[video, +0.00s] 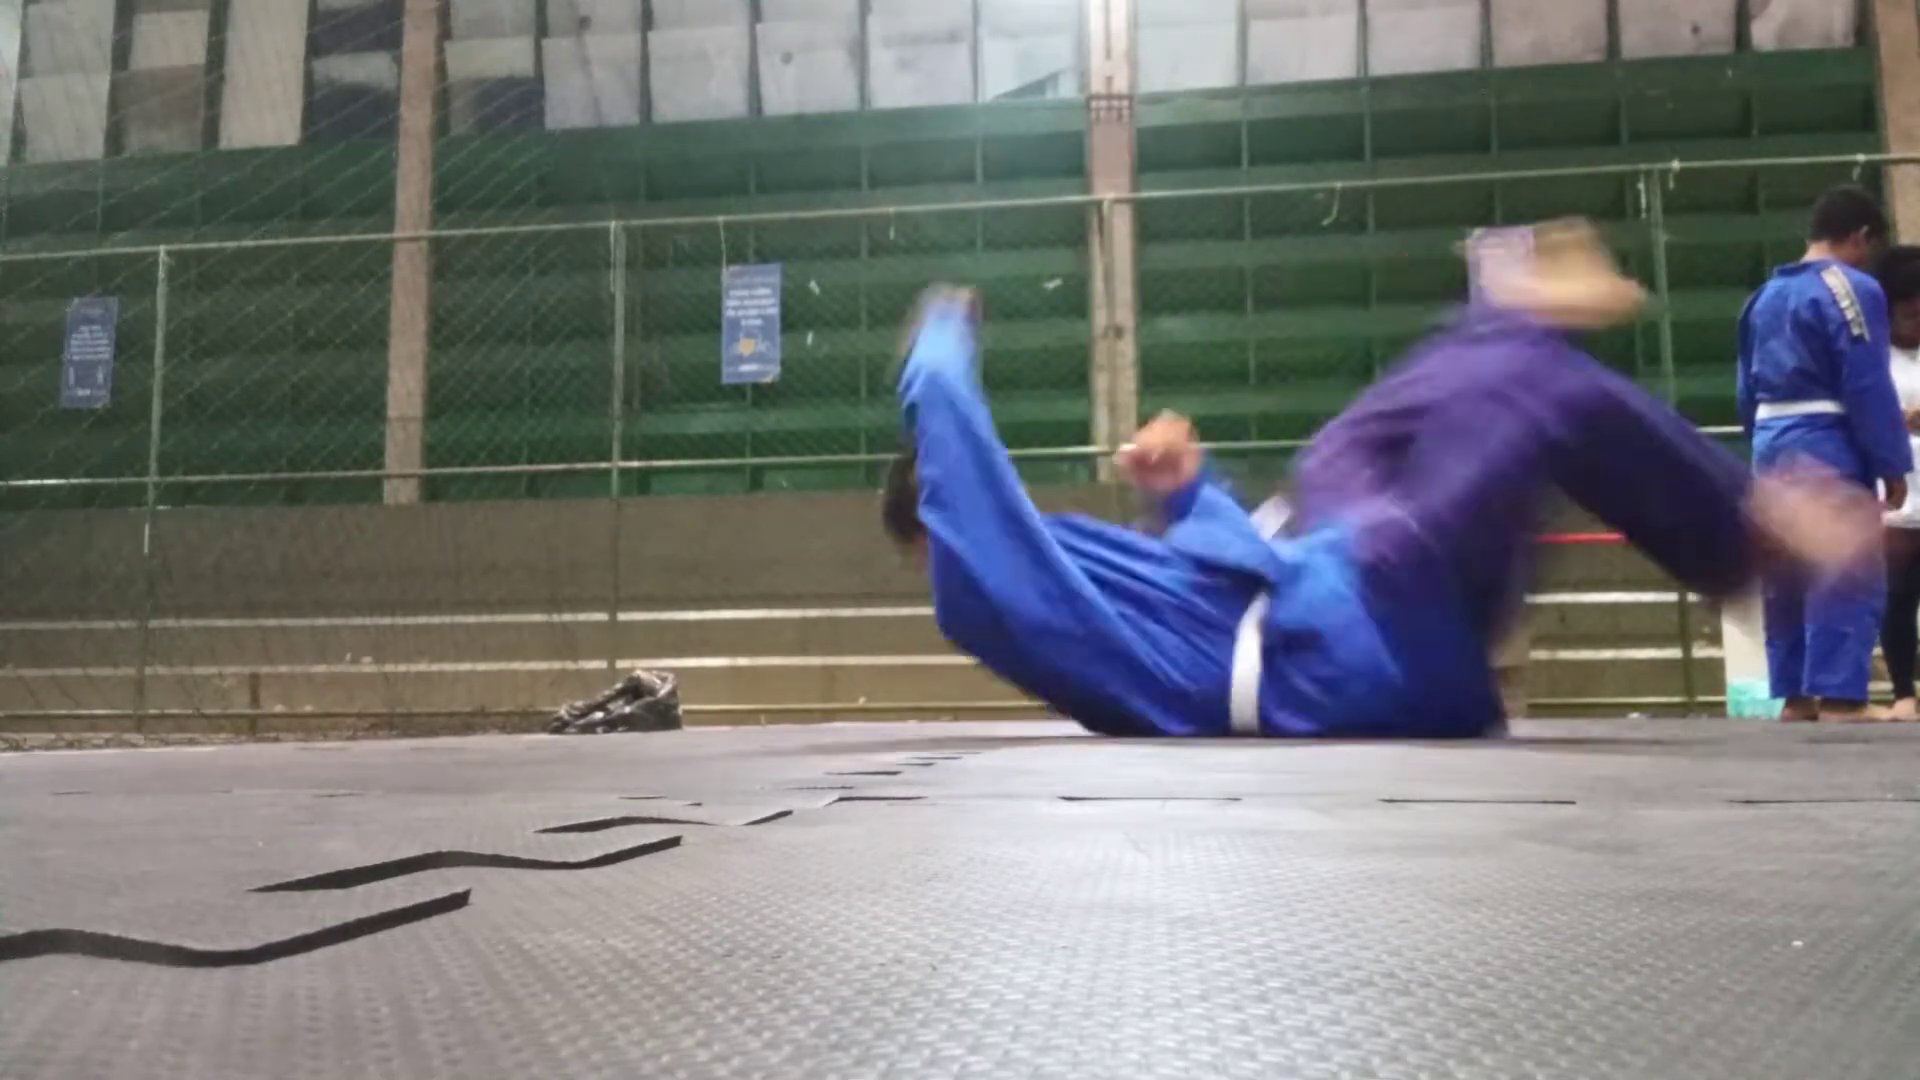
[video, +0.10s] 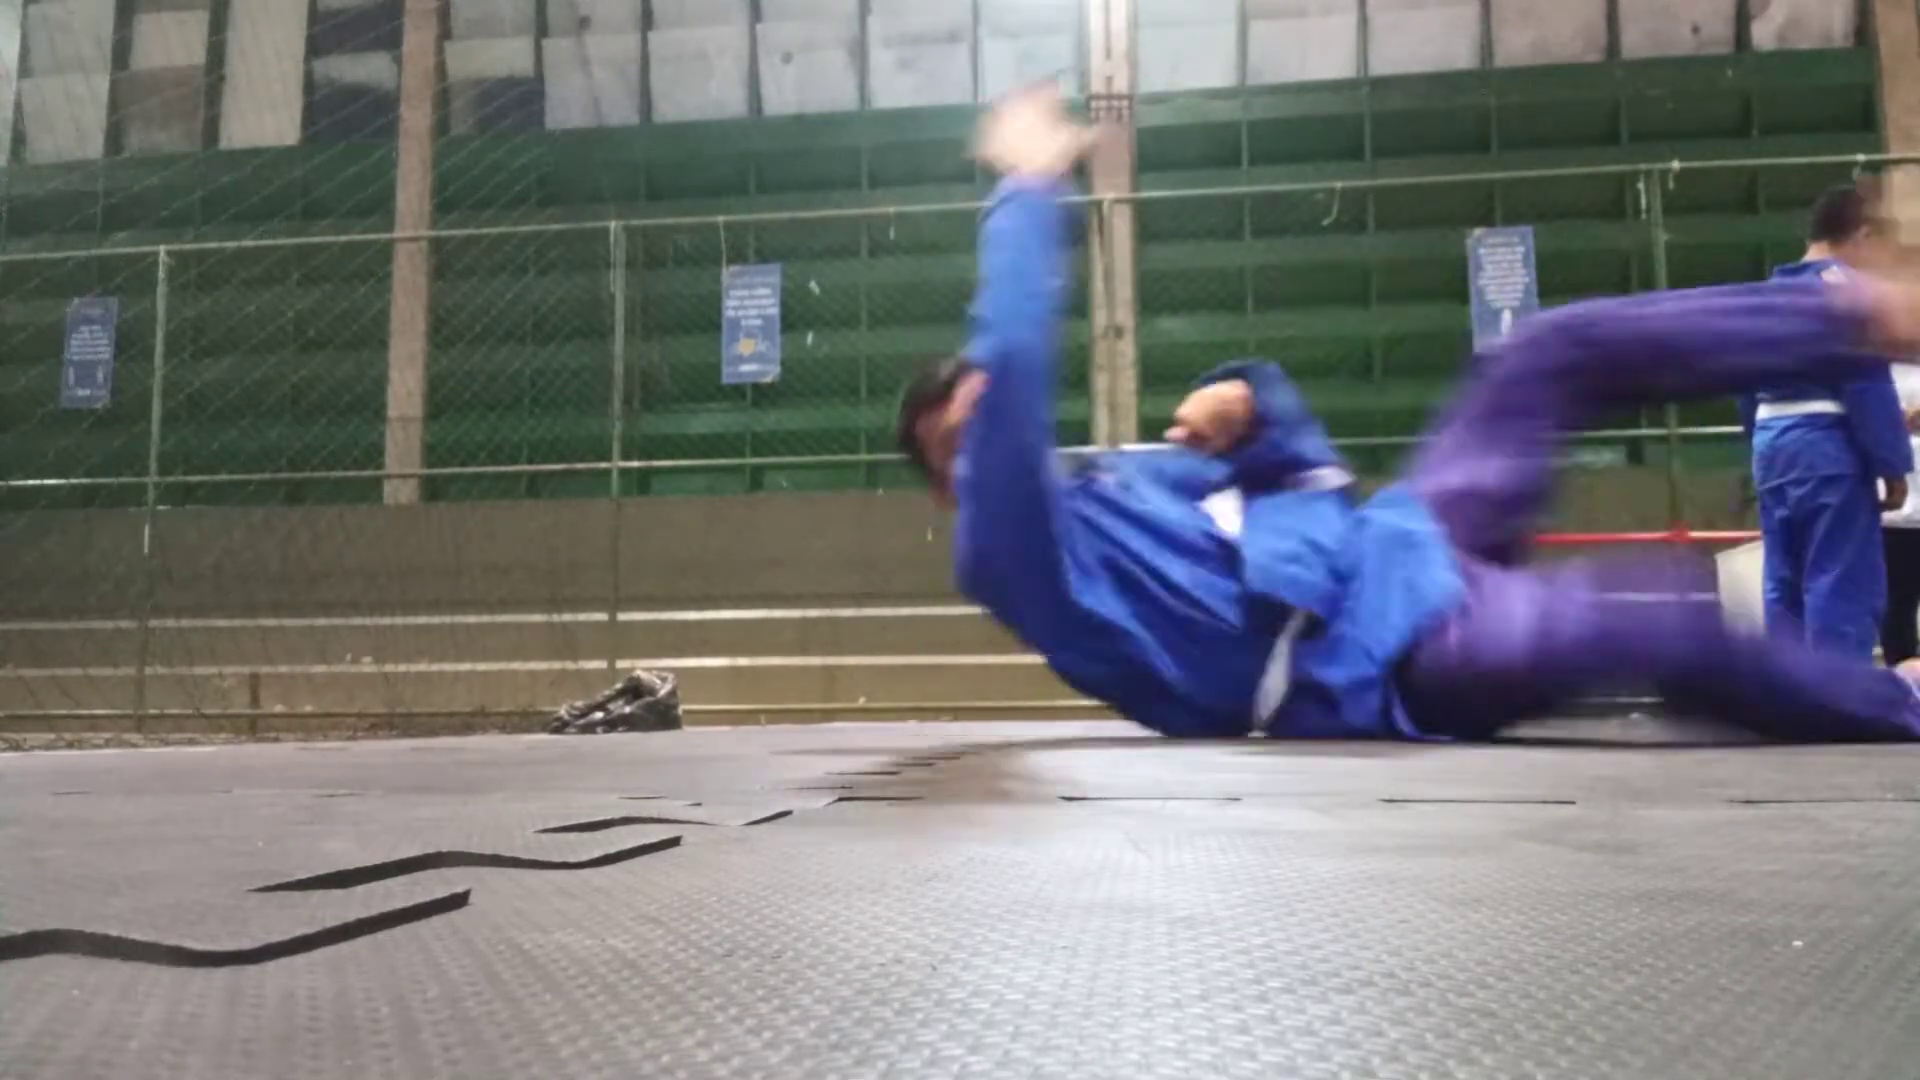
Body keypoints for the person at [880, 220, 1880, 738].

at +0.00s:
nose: (994, 491)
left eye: (987, 483)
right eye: (972, 488)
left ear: (951, 516)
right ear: (947, 506)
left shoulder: (1077, 571)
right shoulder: (995, 578)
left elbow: (1244, 575)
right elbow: (951, 438)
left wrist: (1186, 487)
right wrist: (937, 355)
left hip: (1362, 646)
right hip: (1327, 644)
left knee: (1476, 375)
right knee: (1535, 373)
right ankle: (1761, 536)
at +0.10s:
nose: (988, 424)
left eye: (989, 403)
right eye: (961, 427)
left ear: (1018, 411)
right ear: (940, 475)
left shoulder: (1125, 480)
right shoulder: (1006, 554)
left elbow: (1303, 480)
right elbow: (1013, 361)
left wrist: (1250, 410)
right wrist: (1028, 183)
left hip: (1411, 533)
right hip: (1403, 644)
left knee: (1549, 347)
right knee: (1680, 630)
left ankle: (1866, 316)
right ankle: (1902, 710)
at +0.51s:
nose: (1124, 375)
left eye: (1125, 331)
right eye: (1076, 371)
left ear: (1150, 294)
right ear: (1031, 395)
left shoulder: (1258, 332)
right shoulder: (1106, 527)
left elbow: (1504, 290)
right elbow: (1190, 683)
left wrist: (1426, 396)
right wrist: (1407, 713)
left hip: (1586, 469)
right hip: (1538, 649)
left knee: (1850, 374)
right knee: (1800, 653)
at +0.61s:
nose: (1102, 414)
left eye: (1104, 372)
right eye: (1056, 408)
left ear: (1127, 337)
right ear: (1004, 430)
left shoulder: (1224, 379)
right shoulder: (1086, 581)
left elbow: (1458, 334)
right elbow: (1212, 688)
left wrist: (1405, 451)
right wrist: (1427, 714)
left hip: (1549, 486)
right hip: (1516, 654)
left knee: (1834, 365)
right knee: (1788, 637)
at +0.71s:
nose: (1062, 462)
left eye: (1060, 420)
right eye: (1017, 462)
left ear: (1080, 392)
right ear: (968, 495)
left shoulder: (1180, 423)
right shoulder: (1073, 636)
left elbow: (1395, 369)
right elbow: (1227, 693)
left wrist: (1372, 496)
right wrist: (1411, 714)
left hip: (1524, 490)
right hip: (1519, 650)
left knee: (1795, 335)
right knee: (1795, 628)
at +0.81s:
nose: (1024, 472)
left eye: (1018, 432)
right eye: (978, 478)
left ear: (1043, 409)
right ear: (937, 520)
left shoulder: (1146, 436)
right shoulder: (1070, 637)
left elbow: (1354, 373)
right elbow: (1246, 690)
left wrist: (1334, 493)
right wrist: (1455, 727)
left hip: (1491, 486)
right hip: (1486, 642)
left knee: (1723, 305)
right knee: (1761, 606)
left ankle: (1906, 313)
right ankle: (1901, 706)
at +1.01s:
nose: (1012, 482)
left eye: (1004, 447)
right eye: (968, 492)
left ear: (1024, 426)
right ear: (928, 541)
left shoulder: (1127, 458)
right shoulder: (1068, 652)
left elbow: (1326, 391)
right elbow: (1267, 701)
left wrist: (1322, 496)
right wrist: (1432, 714)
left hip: (1469, 484)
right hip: (1487, 643)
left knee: (1660, 267)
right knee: (1762, 559)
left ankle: (1909, 230)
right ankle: (1903, 689)